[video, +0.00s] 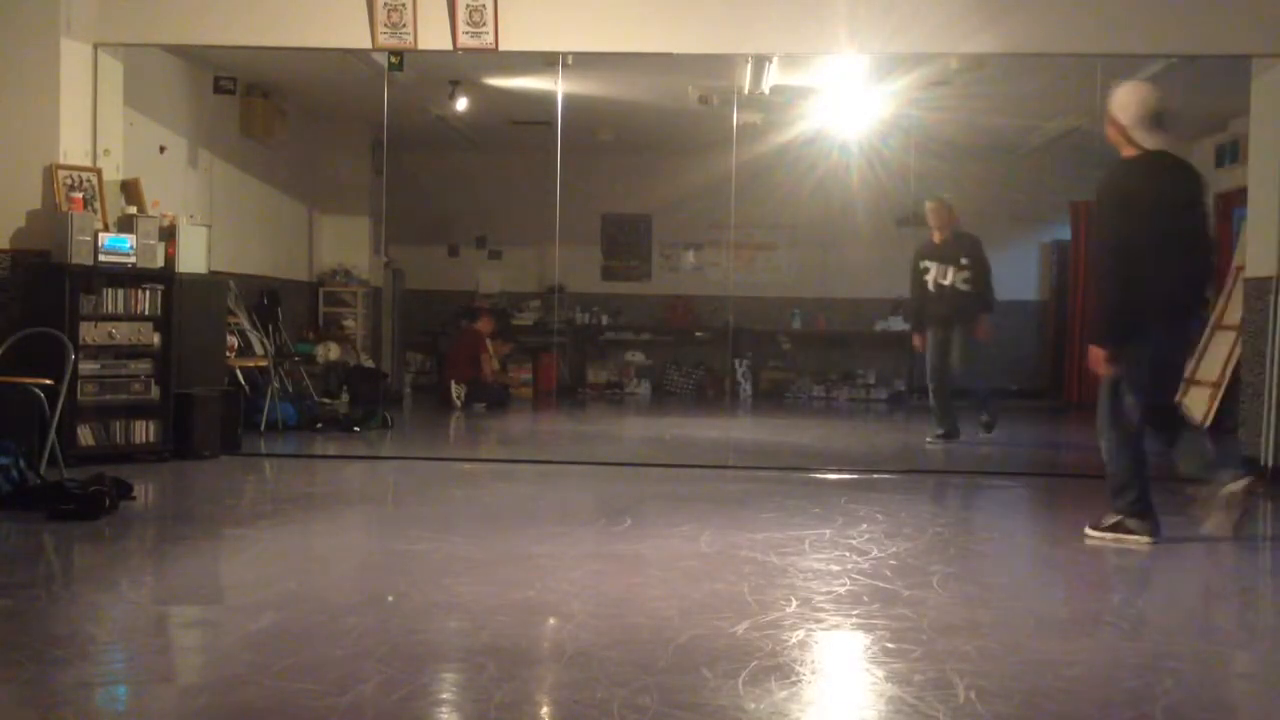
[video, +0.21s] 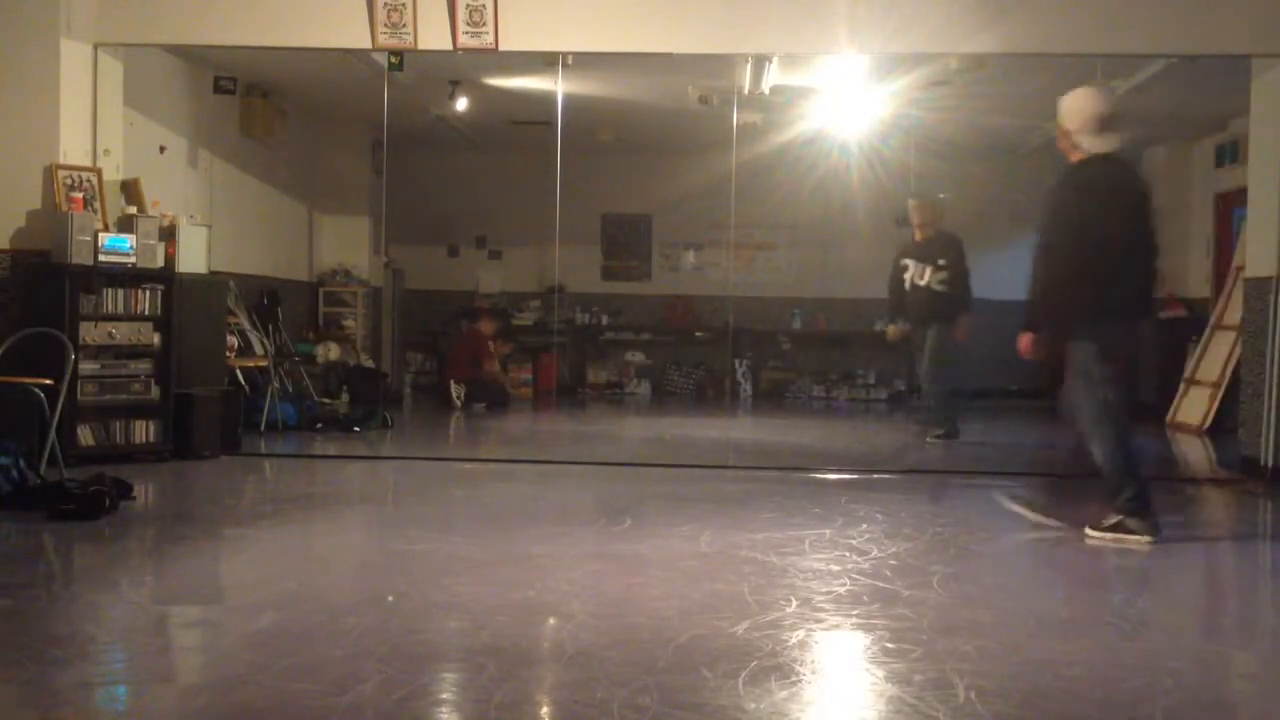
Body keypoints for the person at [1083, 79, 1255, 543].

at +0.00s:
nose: (1107, 129)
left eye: (1108, 121)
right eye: (1108, 121)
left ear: (1117, 125)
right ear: (1154, 121)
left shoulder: (1121, 180)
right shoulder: (1186, 175)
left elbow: (1112, 266)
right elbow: (1200, 256)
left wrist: (1104, 336)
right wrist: (1190, 313)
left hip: (1134, 320)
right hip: (1178, 317)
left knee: (1115, 418)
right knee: (1158, 409)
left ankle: (1132, 514)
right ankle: (1225, 471)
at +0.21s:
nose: (1057, 137)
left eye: (1058, 131)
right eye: (1059, 130)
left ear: (1067, 135)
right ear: (1104, 127)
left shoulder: (1075, 184)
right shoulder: (1128, 178)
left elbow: (1055, 259)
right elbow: (1142, 253)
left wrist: (1035, 323)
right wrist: (1135, 307)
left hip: (1088, 312)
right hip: (1125, 309)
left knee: (1094, 405)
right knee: (1085, 400)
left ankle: (1132, 510)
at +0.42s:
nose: (1003, 148)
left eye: (1005, 141)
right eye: (1006, 141)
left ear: (1012, 146)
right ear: (1050, 143)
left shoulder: (1013, 196)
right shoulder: (1068, 194)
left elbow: (995, 268)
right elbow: (1071, 272)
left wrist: (987, 334)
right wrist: (1062, 324)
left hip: (1019, 328)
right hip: (1052, 324)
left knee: (1044, 423)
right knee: (993, 413)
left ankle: (1117, 497)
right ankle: (970, 495)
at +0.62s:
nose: (945, 147)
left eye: (948, 140)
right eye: (948, 140)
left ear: (958, 145)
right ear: (986, 144)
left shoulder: (968, 192)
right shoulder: (999, 190)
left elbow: (946, 263)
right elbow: (986, 265)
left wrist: (923, 318)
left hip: (960, 316)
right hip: (984, 314)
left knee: (929, 398)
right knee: (958, 400)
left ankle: (1002, 458)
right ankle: (961, 492)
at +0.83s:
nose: (889, 153)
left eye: (892, 145)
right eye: (892, 145)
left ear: (904, 145)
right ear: (926, 143)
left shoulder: (923, 189)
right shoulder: (934, 186)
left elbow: (910, 261)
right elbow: (924, 262)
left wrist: (882, 316)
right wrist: (885, 316)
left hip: (923, 316)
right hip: (936, 314)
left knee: (879, 392)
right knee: (950, 403)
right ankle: (961, 493)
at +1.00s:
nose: (852, 173)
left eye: (858, 167)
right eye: (854, 166)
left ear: (872, 171)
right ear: (884, 170)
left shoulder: (873, 208)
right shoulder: (890, 205)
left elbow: (866, 278)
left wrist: (845, 339)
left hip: (870, 329)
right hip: (892, 326)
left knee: (824, 402)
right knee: (911, 407)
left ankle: (802, 486)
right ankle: (951, 484)